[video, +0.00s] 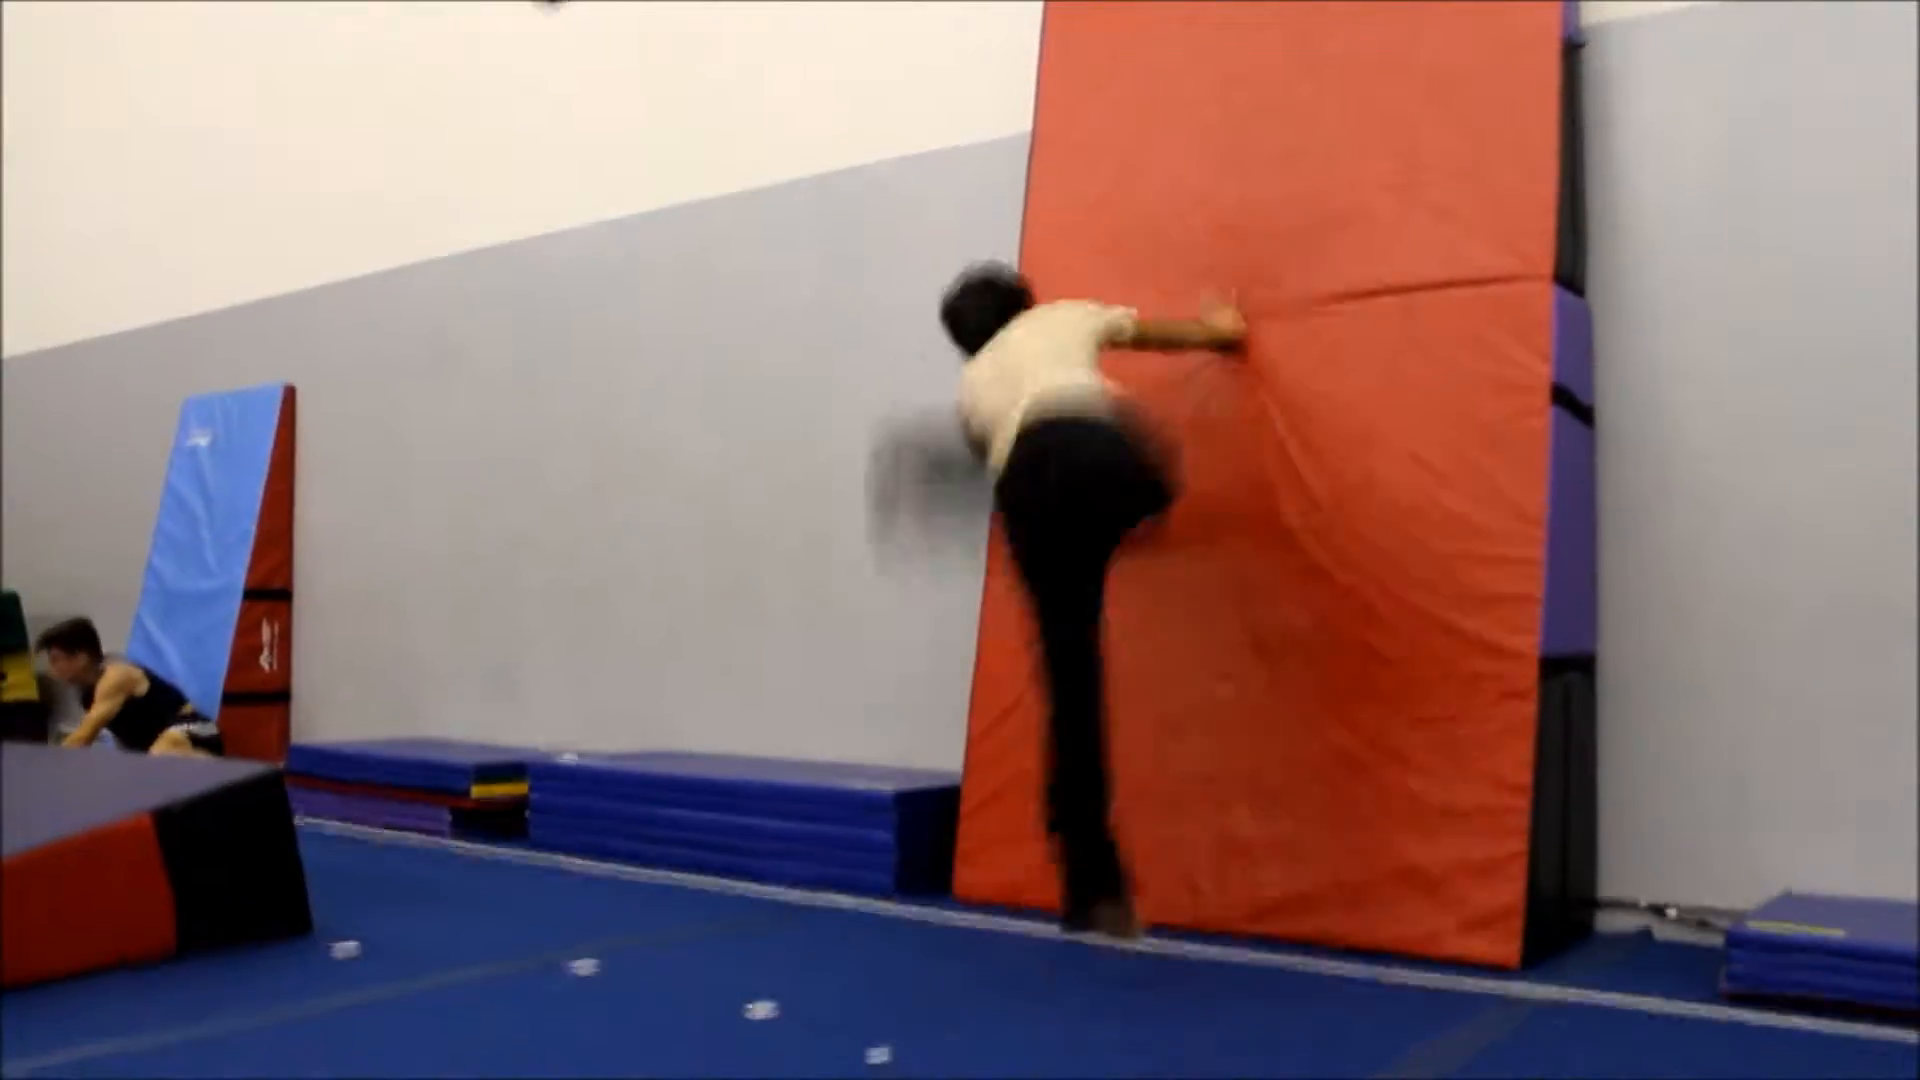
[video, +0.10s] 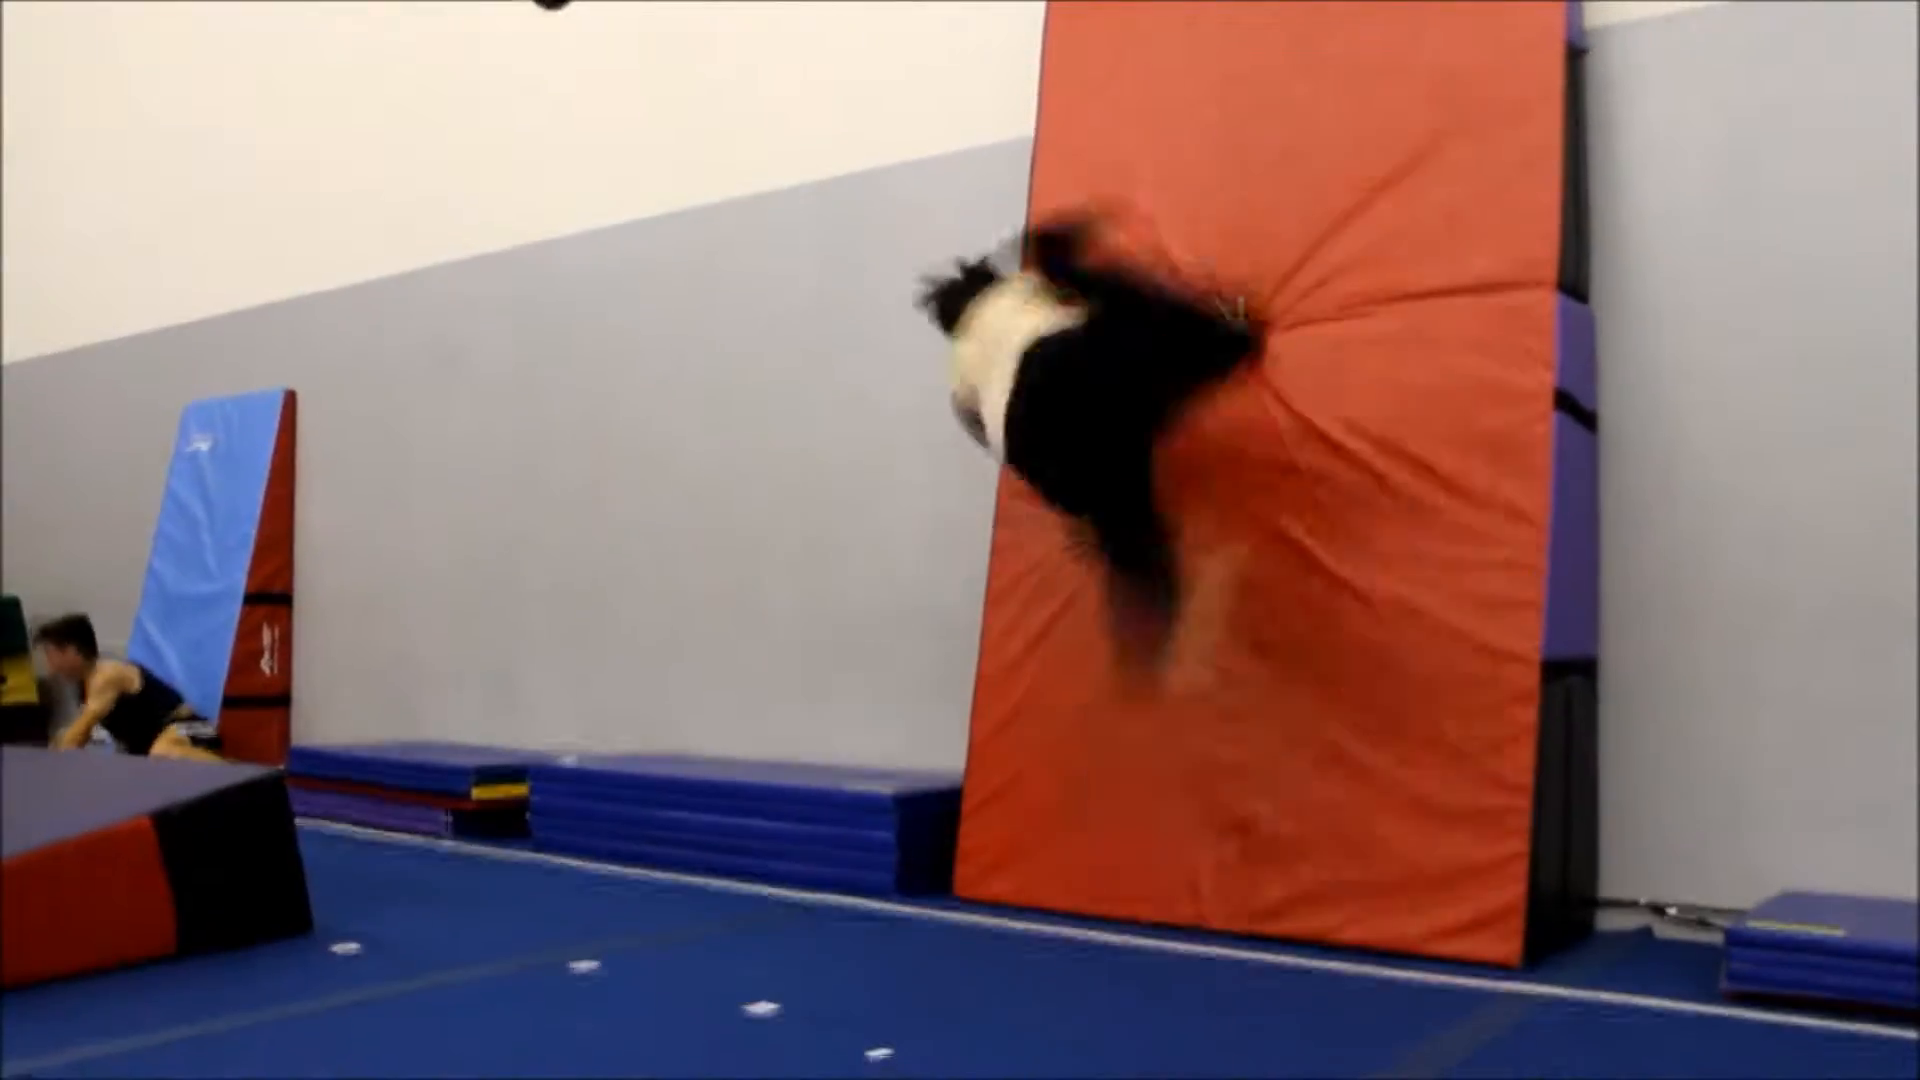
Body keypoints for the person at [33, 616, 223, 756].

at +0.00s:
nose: (52, 668)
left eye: (57, 660)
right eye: (51, 661)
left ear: (81, 658)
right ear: (80, 660)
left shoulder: (116, 676)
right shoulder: (89, 688)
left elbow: (83, 737)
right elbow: (85, 739)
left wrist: (52, 766)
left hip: (190, 729)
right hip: (148, 742)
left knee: (163, 753)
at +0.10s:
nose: (49, 664)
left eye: (52, 654)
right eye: (48, 655)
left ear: (72, 653)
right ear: (72, 653)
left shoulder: (107, 675)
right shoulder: (89, 682)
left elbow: (78, 734)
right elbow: (82, 735)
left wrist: (60, 750)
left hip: (183, 728)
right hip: (146, 743)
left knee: (163, 750)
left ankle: (236, 774)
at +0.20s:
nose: (41, 652)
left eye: (47, 643)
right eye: (40, 644)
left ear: (68, 642)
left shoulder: (100, 663)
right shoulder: (83, 675)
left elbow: (67, 730)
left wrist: (42, 771)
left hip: (180, 724)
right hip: (145, 740)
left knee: (163, 749)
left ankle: (237, 774)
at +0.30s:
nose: (35, 649)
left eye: (39, 640)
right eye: (34, 641)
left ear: (59, 638)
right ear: (58, 639)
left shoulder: (87, 656)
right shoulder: (79, 668)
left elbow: (62, 722)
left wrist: (37, 764)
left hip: (181, 718)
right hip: (145, 734)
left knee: (159, 754)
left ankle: (238, 773)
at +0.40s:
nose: (32, 645)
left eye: (34, 636)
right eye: (31, 637)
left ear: (53, 634)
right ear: (52, 635)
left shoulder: (76, 650)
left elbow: (56, 714)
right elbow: (119, 717)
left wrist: (35, 756)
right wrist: (122, 753)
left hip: (179, 710)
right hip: (152, 723)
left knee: (152, 757)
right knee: (126, 771)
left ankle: (233, 771)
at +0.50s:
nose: (29, 646)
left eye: (30, 636)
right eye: (28, 637)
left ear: (45, 632)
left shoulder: (62, 648)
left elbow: (49, 711)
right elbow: (122, 712)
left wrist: (34, 763)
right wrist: (122, 749)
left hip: (173, 702)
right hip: (147, 717)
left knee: (147, 756)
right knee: (120, 768)